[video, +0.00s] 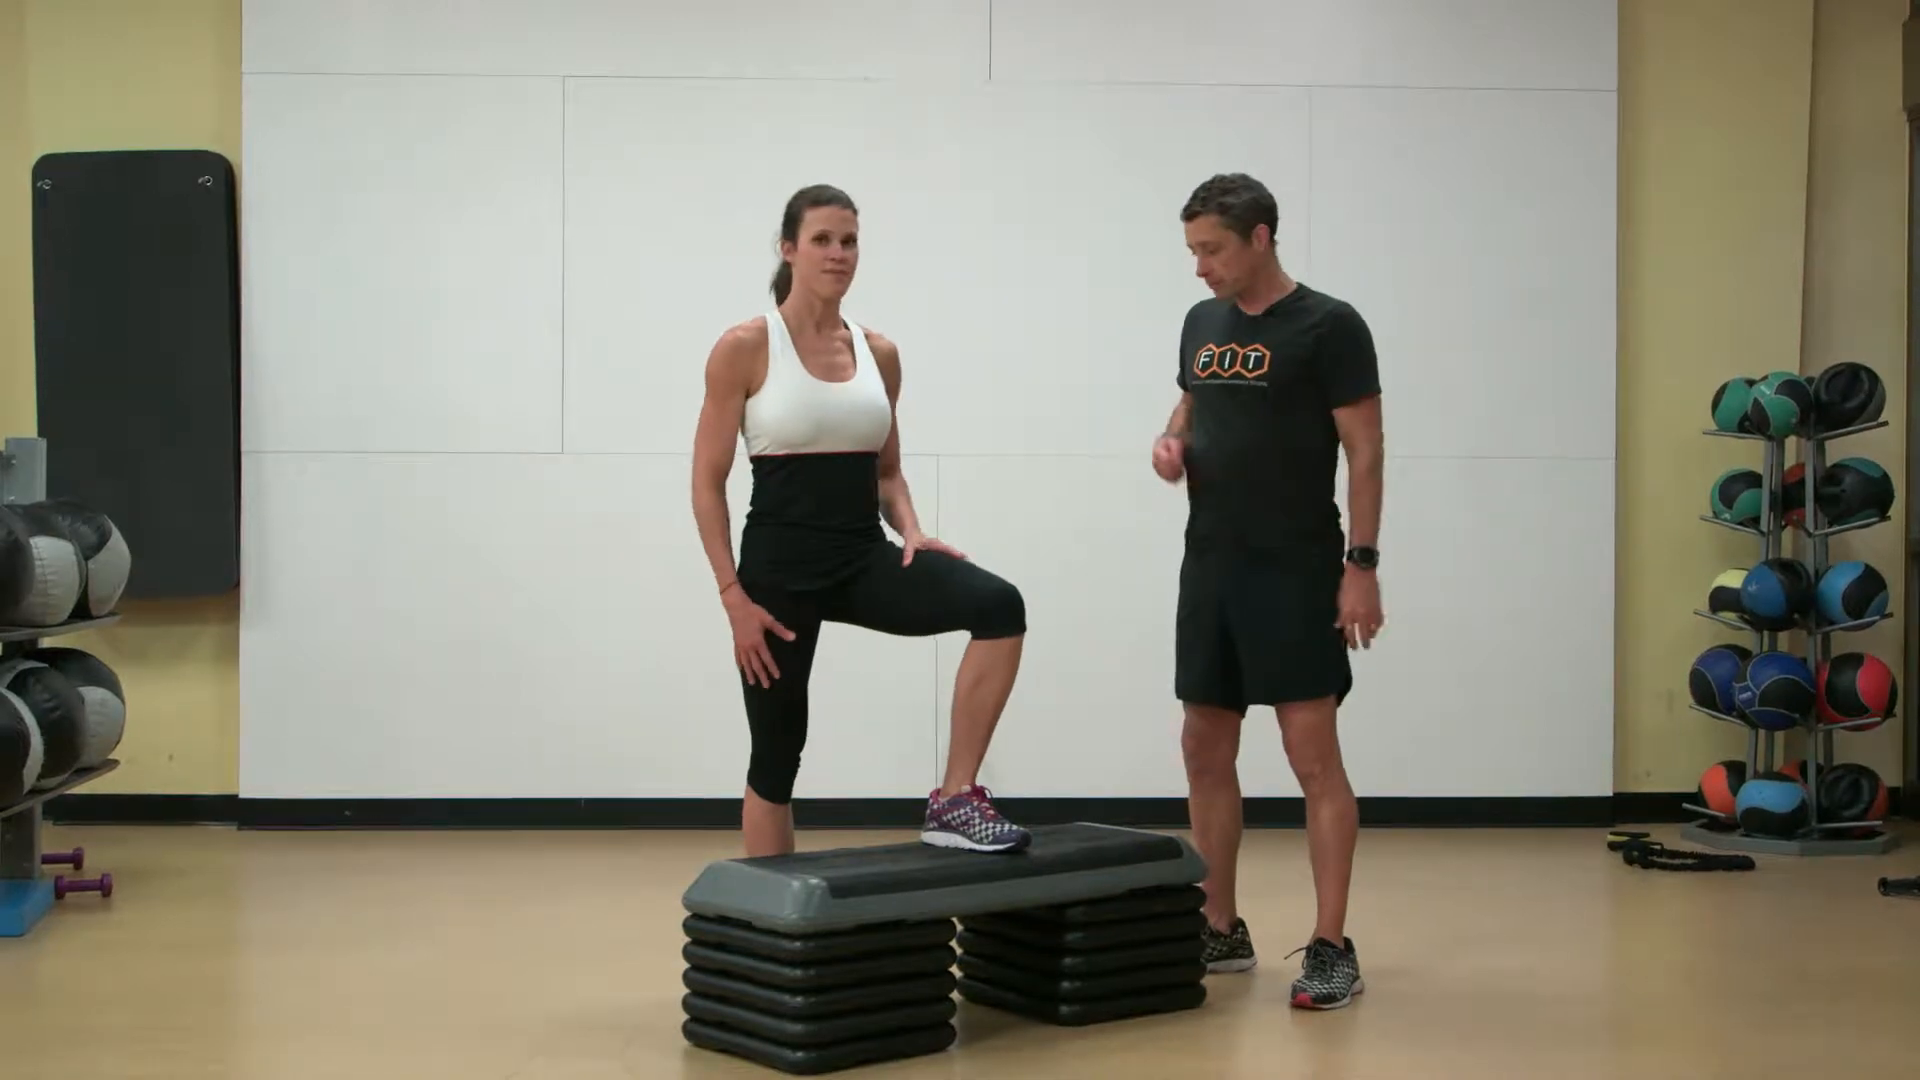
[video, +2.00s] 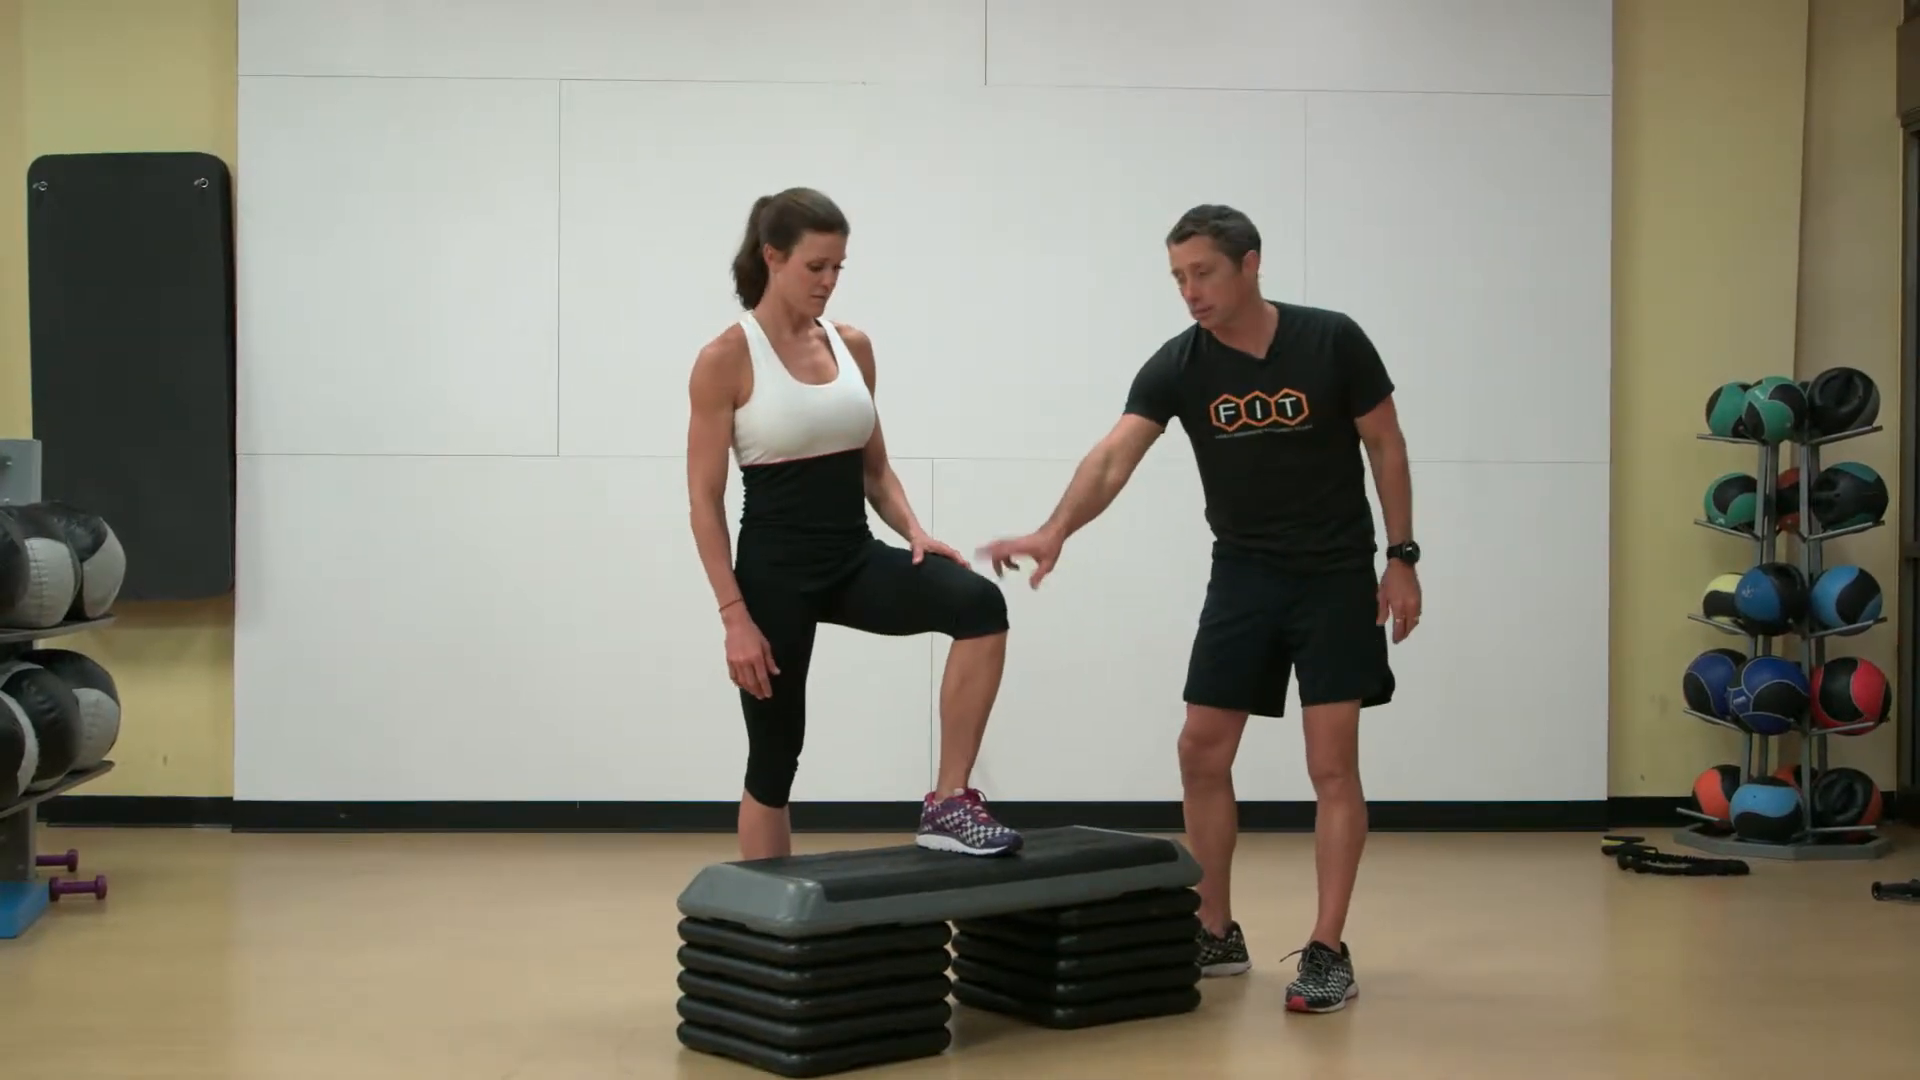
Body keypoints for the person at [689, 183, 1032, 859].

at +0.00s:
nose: (839, 254)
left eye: (849, 242)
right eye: (823, 241)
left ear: (860, 252)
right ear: (789, 250)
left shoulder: (878, 356)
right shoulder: (746, 349)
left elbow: (889, 470)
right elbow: (707, 484)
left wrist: (912, 532)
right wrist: (732, 597)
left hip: (860, 561)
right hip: (779, 568)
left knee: (999, 606)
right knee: (775, 766)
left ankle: (956, 797)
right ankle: (768, 934)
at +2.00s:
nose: (830, 281)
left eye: (837, 266)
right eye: (817, 266)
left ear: (842, 264)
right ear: (771, 258)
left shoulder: (851, 347)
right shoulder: (725, 361)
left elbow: (875, 468)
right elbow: (705, 502)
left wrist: (915, 531)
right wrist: (734, 616)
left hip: (852, 560)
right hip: (775, 571)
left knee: (980, 606)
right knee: (773, 764)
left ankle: (951, 800)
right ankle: (766, 933)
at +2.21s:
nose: (836, 285)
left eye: (844, 270)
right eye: (823, 269)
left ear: (849, 267)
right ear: (777, 259)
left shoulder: (858, 349)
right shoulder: (731, 362)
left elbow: (882, 469)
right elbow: (711, 503)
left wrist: (919, 535)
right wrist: (740, 614)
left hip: (856, 561)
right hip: (779, 572)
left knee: (980, 610)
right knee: (775, 767)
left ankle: (951, 801)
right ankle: (766, 933)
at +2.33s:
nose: (841, 286)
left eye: (848, 271)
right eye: (827, 270)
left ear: (855, 268)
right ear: (783, 260)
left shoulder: (863, 349)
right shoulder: (734, 361)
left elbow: (886, 467)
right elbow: (714, 502)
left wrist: (921, 535)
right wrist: (744, 613)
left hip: (858, 560)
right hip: (780, 570)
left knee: (979, 610)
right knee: (776, 765)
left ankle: (950, 802)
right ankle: (768, 935)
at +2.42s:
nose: (844, 288)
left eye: (852, 273)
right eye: (831, 272)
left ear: (859, 269)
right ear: (786, 260)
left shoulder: (866, 350)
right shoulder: (736, 361)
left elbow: (890, 469)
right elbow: (716, 500)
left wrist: (922, 535)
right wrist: (745, 613)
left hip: (860, 561)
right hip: (782, 571)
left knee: (981, 611)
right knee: (775, 770)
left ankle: (951, 803)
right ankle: (767, 934)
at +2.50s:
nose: (846, 288)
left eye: (855, 274)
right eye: (833, 272)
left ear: (861, 270)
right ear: (789, 261)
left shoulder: (869, 350)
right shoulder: (739, 360)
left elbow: (891, 468)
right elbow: (717, 500)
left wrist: (924, 535)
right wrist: (745, 613)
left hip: (861, 561)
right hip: (782, 570)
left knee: (982, 611)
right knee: (776, 766)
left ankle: (951, 803)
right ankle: (767, 932)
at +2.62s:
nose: (850, 288)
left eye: (859, 273)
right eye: (837, 272)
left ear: (865, 269)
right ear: (793, 260)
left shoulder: (872, 350)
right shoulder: (743, 358)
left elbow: (894, 469)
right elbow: (719, 501)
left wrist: (925, 534)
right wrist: (745, 613)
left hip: (863, 559)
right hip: (785, 569)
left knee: (984, 611)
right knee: (780, 765)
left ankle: (951, 802)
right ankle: (768, 933)